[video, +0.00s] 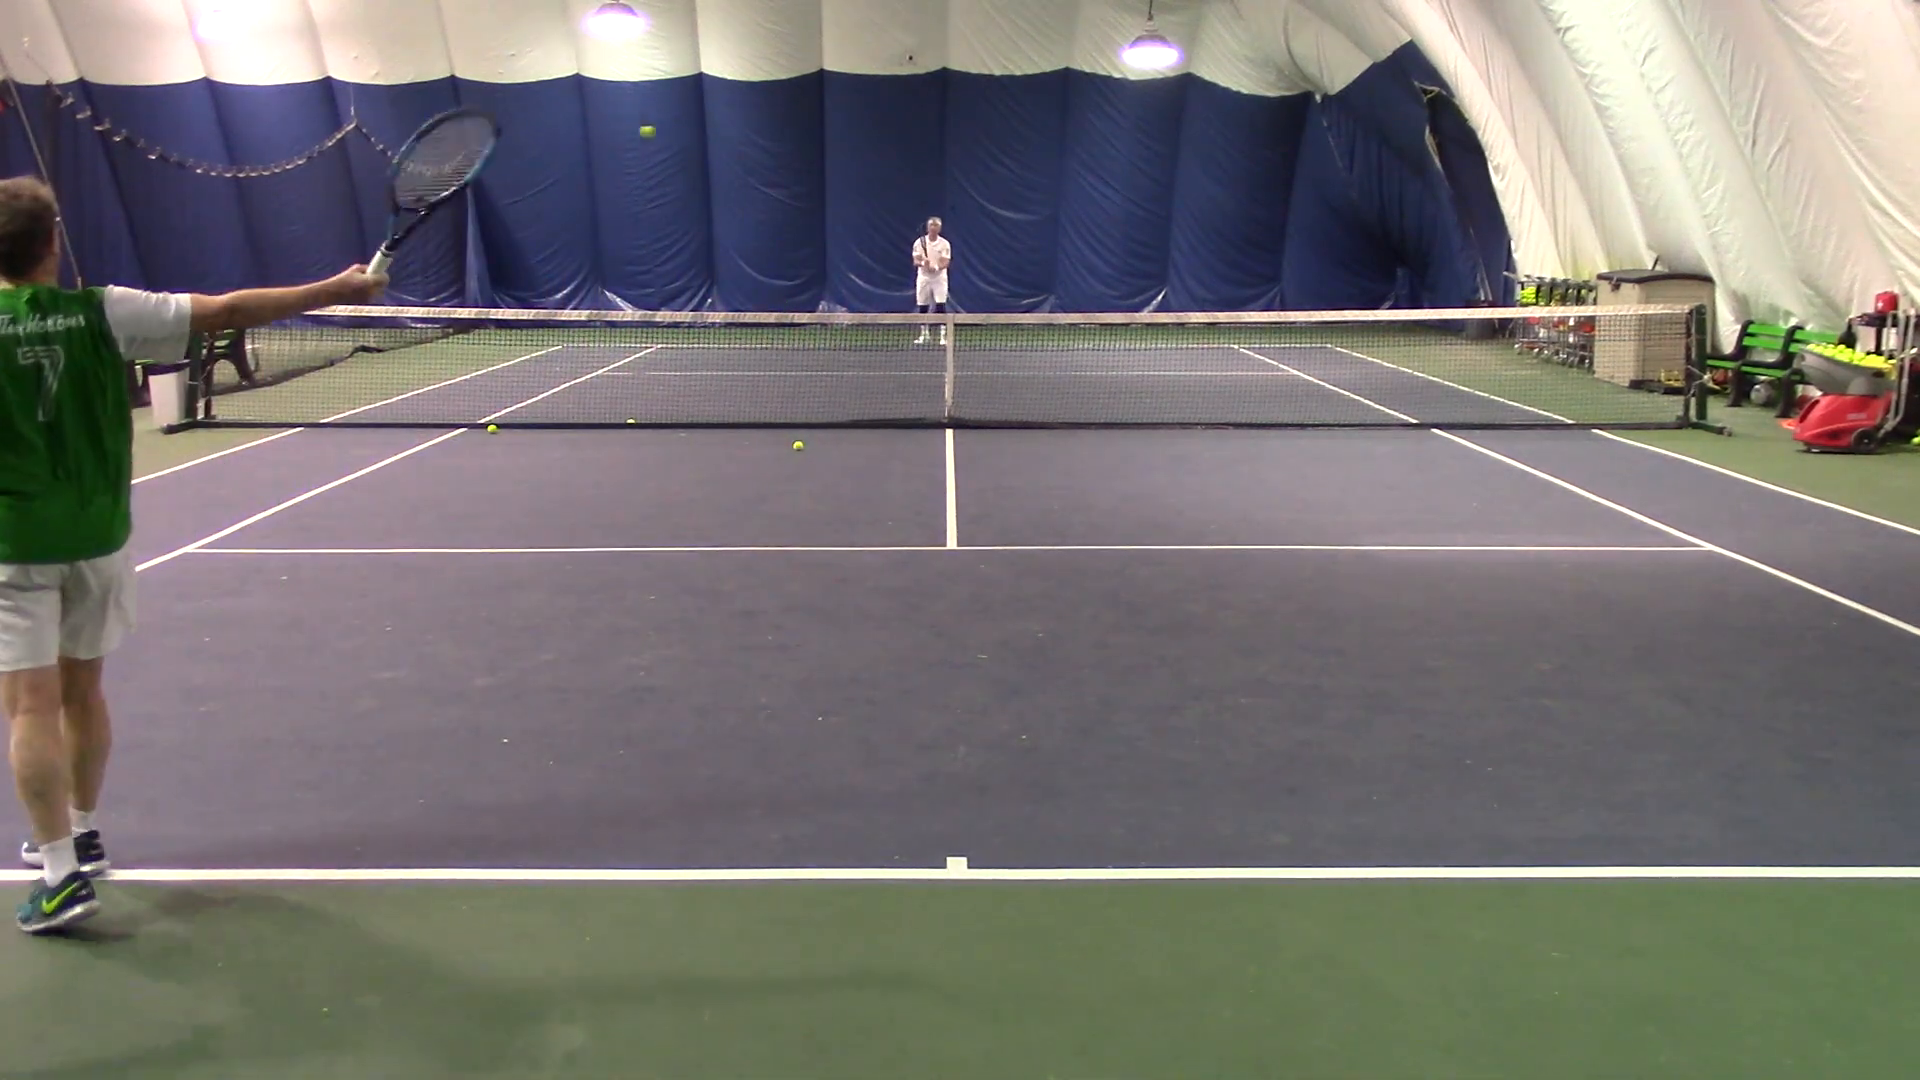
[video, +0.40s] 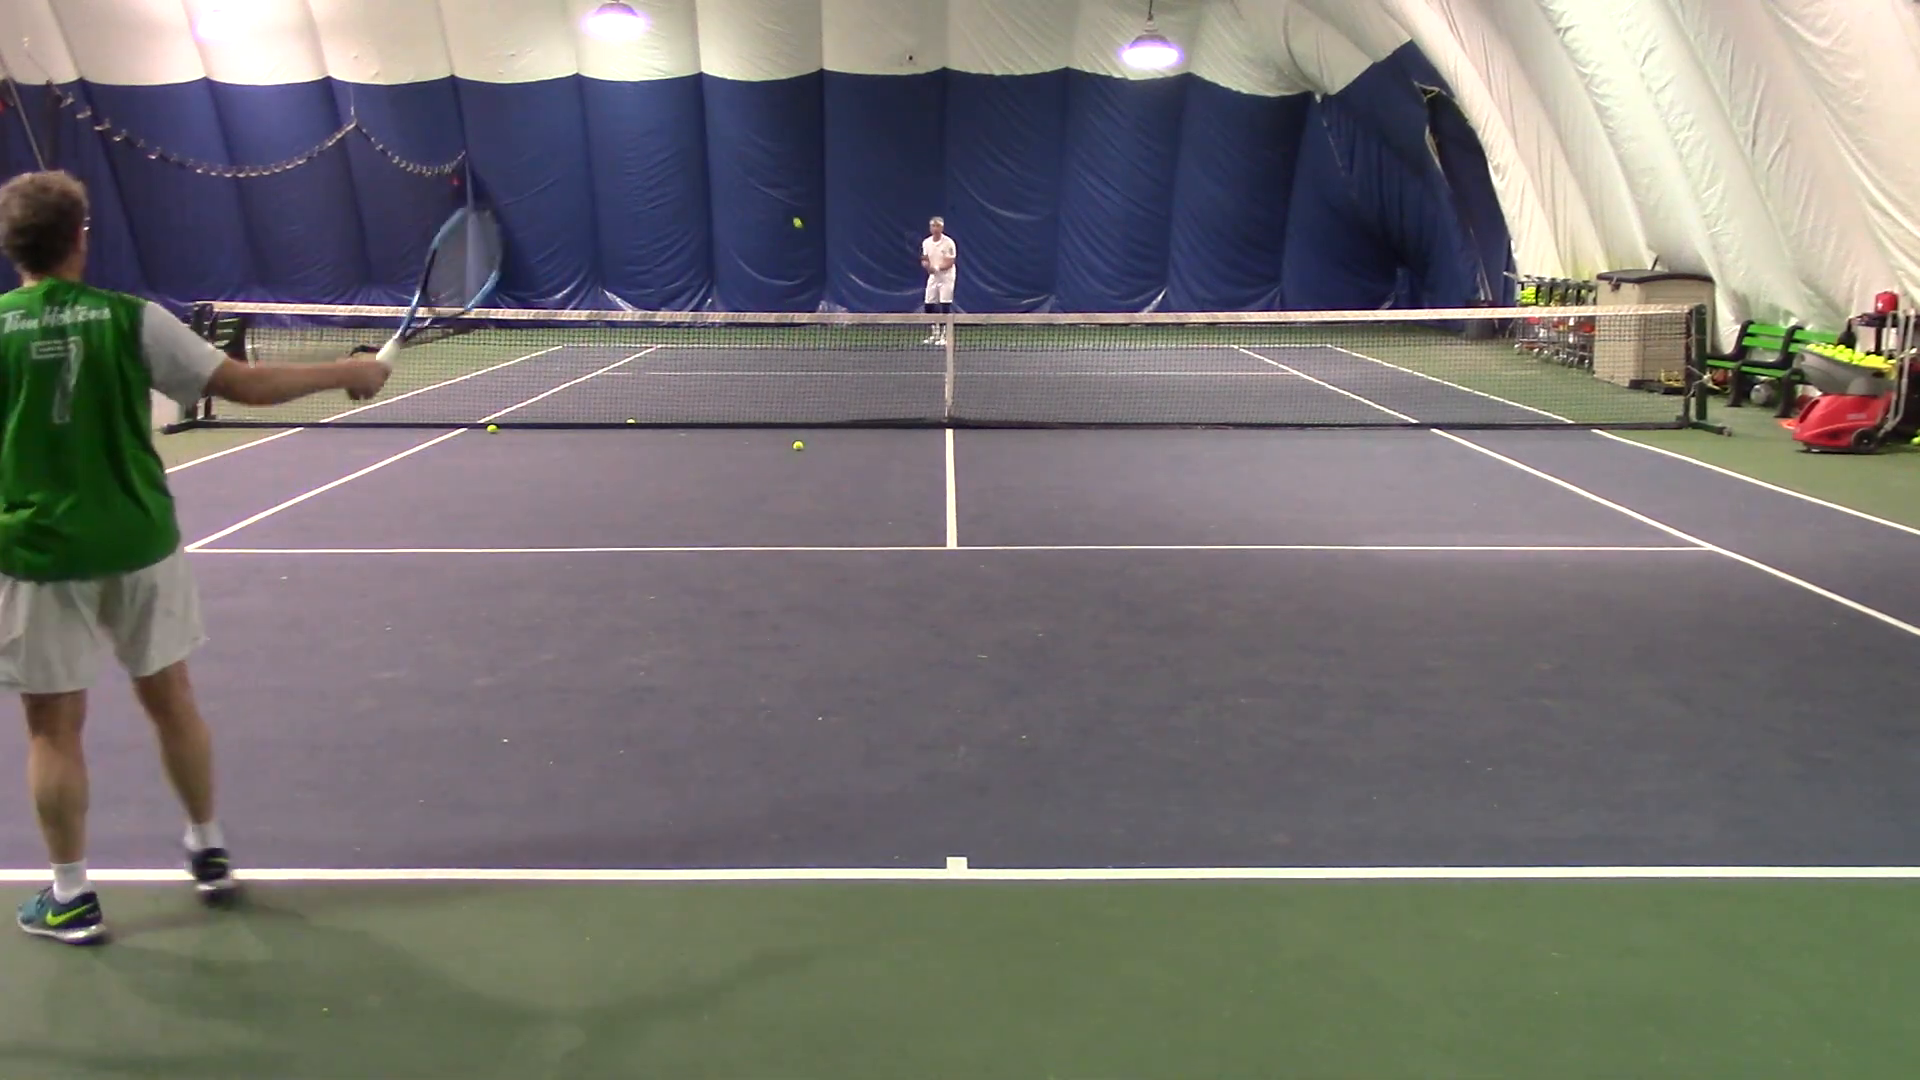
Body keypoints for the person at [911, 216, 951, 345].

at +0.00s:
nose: (933, 229)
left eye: (936, 226)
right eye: (931, 226)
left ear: (940, 228)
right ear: (928, 227)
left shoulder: (945, 244)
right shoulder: (919, 242)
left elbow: (946, 260)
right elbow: (916, 260)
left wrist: (938, 266)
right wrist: (924, 263)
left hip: (939, 277)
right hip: (924, 277)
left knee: (940, 305)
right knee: (923, 305)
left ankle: (943, 333)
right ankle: (924, 332)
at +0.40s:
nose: (935, 229)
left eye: (938, 226)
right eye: (933, 226)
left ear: (942, 227)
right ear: (930, 228)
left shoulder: (949, 242)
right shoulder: (926, 243)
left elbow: (951, 260)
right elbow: (924, 259)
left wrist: (940, 267)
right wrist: (928, 266)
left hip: (946, 276)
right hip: (933, 275)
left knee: (945, 304)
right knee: (929, 304)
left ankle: (944, 334)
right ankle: (935, 332)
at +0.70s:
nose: (939, 230)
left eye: (942, 227)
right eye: (937, 227)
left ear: (946, 228)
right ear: (936, 229)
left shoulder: (951, 243)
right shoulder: (935, 242)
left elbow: (940, 257)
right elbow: (928, 255)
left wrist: (925, 264)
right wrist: (919, 259)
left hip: (952, 277)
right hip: (942, 278)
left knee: (946, 305)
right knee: (941, 306)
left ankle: (950, 333)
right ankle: (949, 333)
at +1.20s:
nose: (947, 232)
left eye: (950, 230)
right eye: (946, 229)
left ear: (956, 231)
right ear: (945, 229)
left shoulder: (956, 246)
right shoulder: (950, 242)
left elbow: (942, 258)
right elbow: (944, 256)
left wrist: (930, 263)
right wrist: (932, 261)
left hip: (961, 280)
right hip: (952, 279)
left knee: (960, 307)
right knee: (949, 306)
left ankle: (968, 336)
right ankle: (953, 334)